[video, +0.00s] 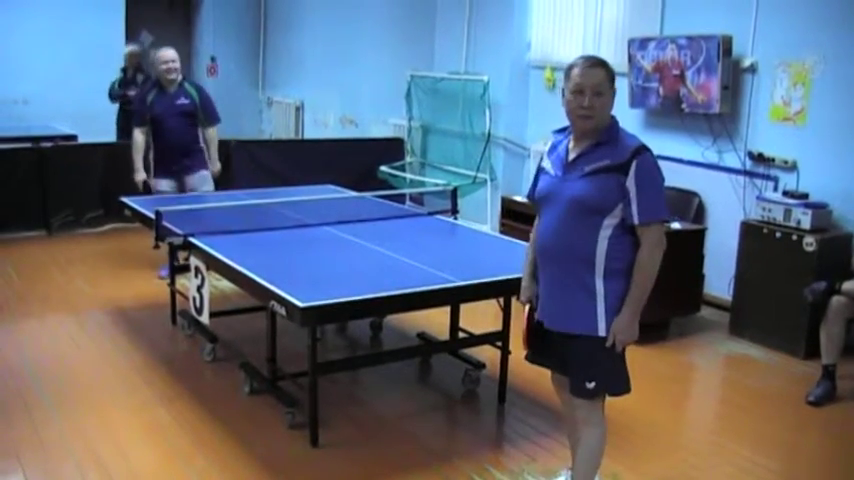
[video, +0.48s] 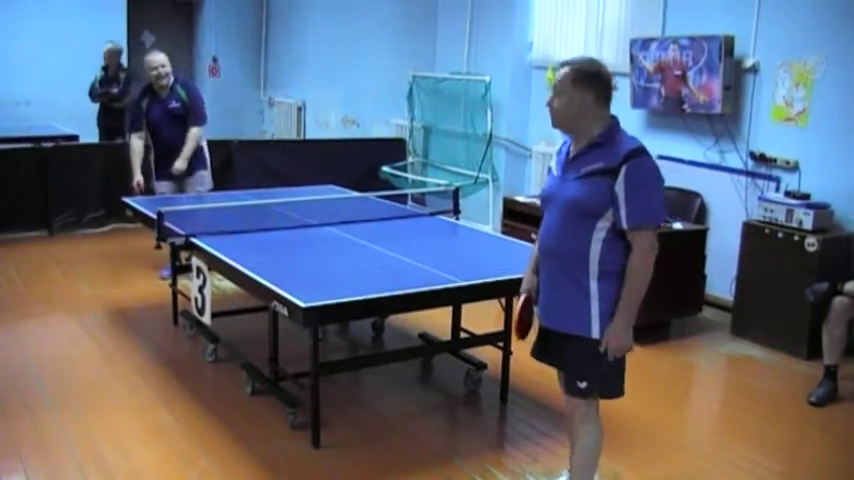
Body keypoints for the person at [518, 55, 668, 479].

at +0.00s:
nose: (585, 102)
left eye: (596, 94)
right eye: (576, 92)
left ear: (612, 99)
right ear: (564, 97)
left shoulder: (634, 158)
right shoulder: (555, 146)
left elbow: (654, 241)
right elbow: (541, 218)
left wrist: (631, 312)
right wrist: (529, 275)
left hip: (598, 306)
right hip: (554, 297)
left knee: (588, 401)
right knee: (564, 387)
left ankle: (583, 477)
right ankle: (578, 468)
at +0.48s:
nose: (548, 101)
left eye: (556, 93)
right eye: (551, 92)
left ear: (587, 100)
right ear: (580, 100)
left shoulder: (631, 160)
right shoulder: (567, 151)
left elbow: (646, 247)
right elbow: (551, 224)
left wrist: (623, 322)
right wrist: (531, 276)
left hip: (594, 313)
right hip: (560, 304)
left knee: (582, 407)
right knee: (572, 400)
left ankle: (581, 477)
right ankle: (576, 470)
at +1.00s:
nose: (548, 102)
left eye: (550, 93)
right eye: (550, 93)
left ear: (562, 98)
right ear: (601, 98)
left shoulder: (580, 160)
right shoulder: (619, 148)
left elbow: (569, 253)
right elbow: (612, 237)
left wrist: (546, 330)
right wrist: (560, 277)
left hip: (591, 310)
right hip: (618, 304)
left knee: (572, 407)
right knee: (598, 399)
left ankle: (576, 477)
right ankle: (590, 470)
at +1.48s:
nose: (550, 106)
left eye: (553, 98)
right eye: (552, 98)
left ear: (561, 102)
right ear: (600, 103)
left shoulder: (573, 157)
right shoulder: (626, 150)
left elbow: (590, 239)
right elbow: (635, 229)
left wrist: (586, 320)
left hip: (587, 308)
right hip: (631, 305)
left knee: (538, 390)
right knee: (615, 391)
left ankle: (543, 474)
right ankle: (612, 475)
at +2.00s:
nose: (520, 112)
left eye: (521, 106)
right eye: (521, 106)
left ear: (527, 106)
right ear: (568, 107)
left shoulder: (530, 157)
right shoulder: (605, 156)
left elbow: (504, 248)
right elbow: (621, 229)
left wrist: (480, 324)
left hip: (560, 303)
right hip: (614, 299)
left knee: (522, 396)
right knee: (610, 383)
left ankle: (513, 475)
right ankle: (621, 473)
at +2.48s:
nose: (573, 156)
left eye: (574, 148)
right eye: (573, 148)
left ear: (584, 146)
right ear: (615, 144)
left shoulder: (606, 188)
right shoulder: (635, 178)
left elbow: (616, 267)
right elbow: (628, 257)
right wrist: (598, 305)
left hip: (639, 315)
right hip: (669, 308)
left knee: (577, 401)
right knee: (650, 385)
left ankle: (539, 473)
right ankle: (675, 462)